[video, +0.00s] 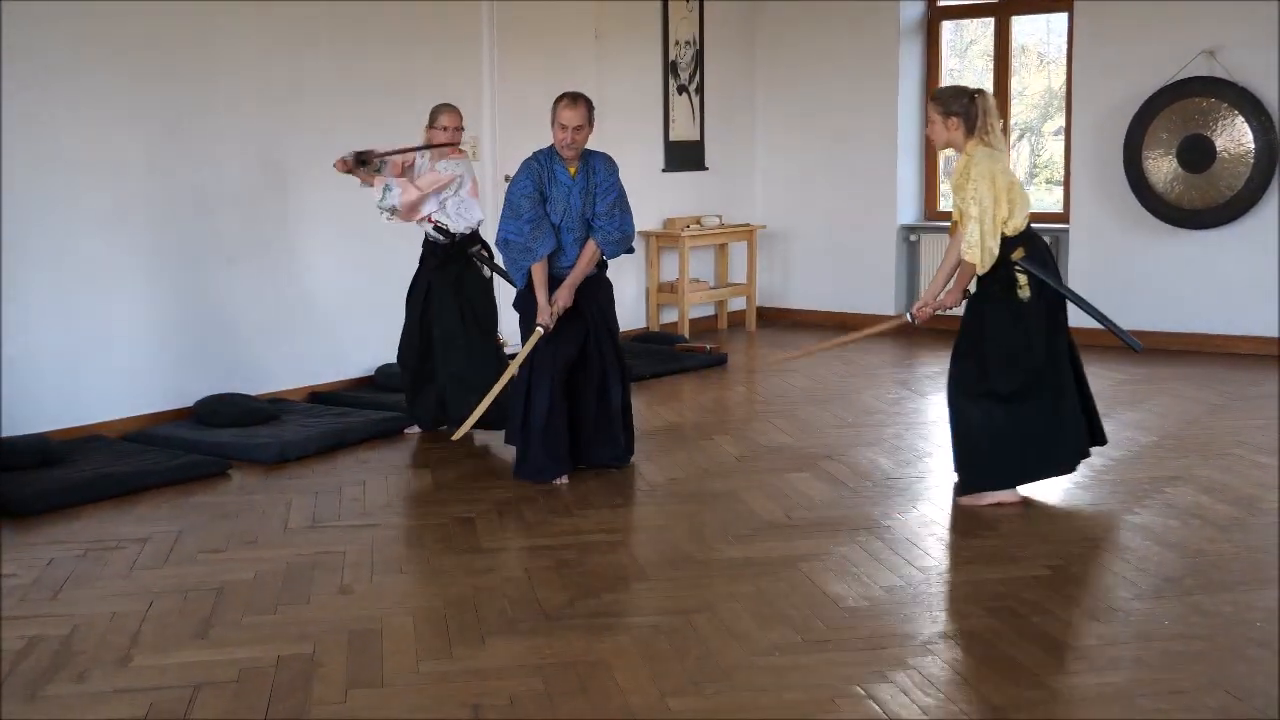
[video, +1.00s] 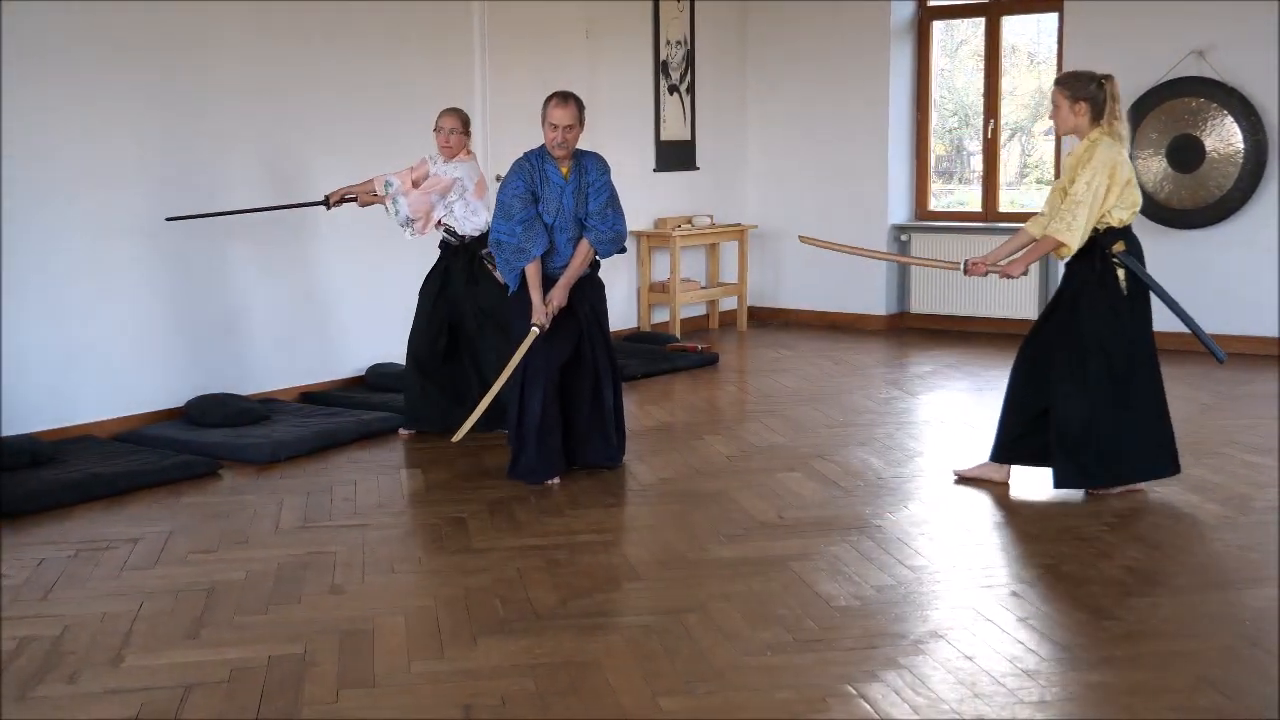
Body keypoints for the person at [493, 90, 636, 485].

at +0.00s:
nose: (568, 136)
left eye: (577, 128)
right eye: (561, 127)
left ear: (590, 129)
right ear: (551, 127)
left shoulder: (602, 167)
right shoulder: (533, 170)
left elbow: (606, 232)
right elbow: (533, 237)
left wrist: (571, 284)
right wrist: (541, 298)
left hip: (591, 280)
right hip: (543, 285)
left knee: (598, 363)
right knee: (548, 369)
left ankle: (597, 450)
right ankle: (550, 462)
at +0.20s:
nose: (564, 136)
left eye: (573, 128)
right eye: (557, 127)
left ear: (585, 129)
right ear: (547, 127)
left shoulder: (598, 168)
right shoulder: (529, 171)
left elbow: (603, 232)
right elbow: (531, 239)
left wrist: (569, 285)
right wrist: (540, 299)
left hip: (587, 281)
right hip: (539, 286)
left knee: (594, 364)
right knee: (546, 371)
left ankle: (595, 451)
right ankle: (549, 463)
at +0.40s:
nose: (562, 136)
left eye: (571, 128)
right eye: (555, 127)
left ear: (583, 129)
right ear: (545, 127)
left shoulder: (596, 168)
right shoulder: (526, 172)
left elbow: (601, 232)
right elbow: (529, 239)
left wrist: (567, 285)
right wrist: (538, 299)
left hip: (585, 280)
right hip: (537, 285)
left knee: (592, 364)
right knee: (544, 370)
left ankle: (593, 451)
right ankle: (547, 463)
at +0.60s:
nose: (561, 136)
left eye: (570, 128)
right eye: (554, 127)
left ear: (583, 129)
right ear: (544, 127)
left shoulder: (596, 168)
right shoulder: (526, 171)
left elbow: (601, 232)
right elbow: (528, 240)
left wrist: (567, 284)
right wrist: (538, 300)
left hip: (584, 280)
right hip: (536, 285)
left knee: (590, 364)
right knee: (542, 370)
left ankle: (590, 451)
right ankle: (545, 462)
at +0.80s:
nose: (560, 136)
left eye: (569, 128)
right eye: (553, 127)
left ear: (582, 129)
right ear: (544, 127)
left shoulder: (595, 168)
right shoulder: (525, 172)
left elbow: (600, 231)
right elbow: (527, 239)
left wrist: (565, 284)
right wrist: (537, 299)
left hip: (583, 280)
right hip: (535, 284)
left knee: (589, 365)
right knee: (541, 370)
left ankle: (590, 451)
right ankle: (544, 463)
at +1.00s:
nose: (560, 135)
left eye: (569, 127)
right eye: (553, 127)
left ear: (581, 128)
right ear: (543, 126)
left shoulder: (594, 167)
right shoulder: (524, 171)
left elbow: (600, 231)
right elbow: (525, 239)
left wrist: (565, 284)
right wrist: (536, 298)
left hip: (583, 280)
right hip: (535, 284)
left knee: (588, 364)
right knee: (540, 369)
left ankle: (588, 451)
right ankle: (544, 463)